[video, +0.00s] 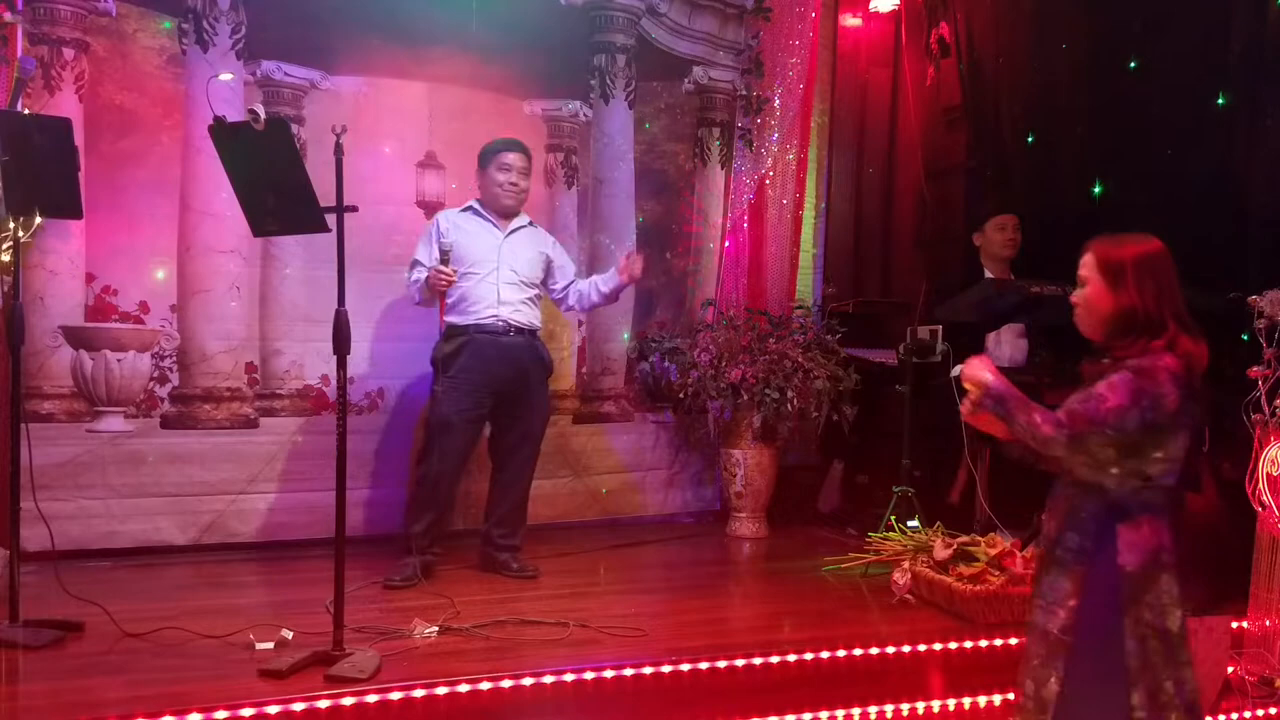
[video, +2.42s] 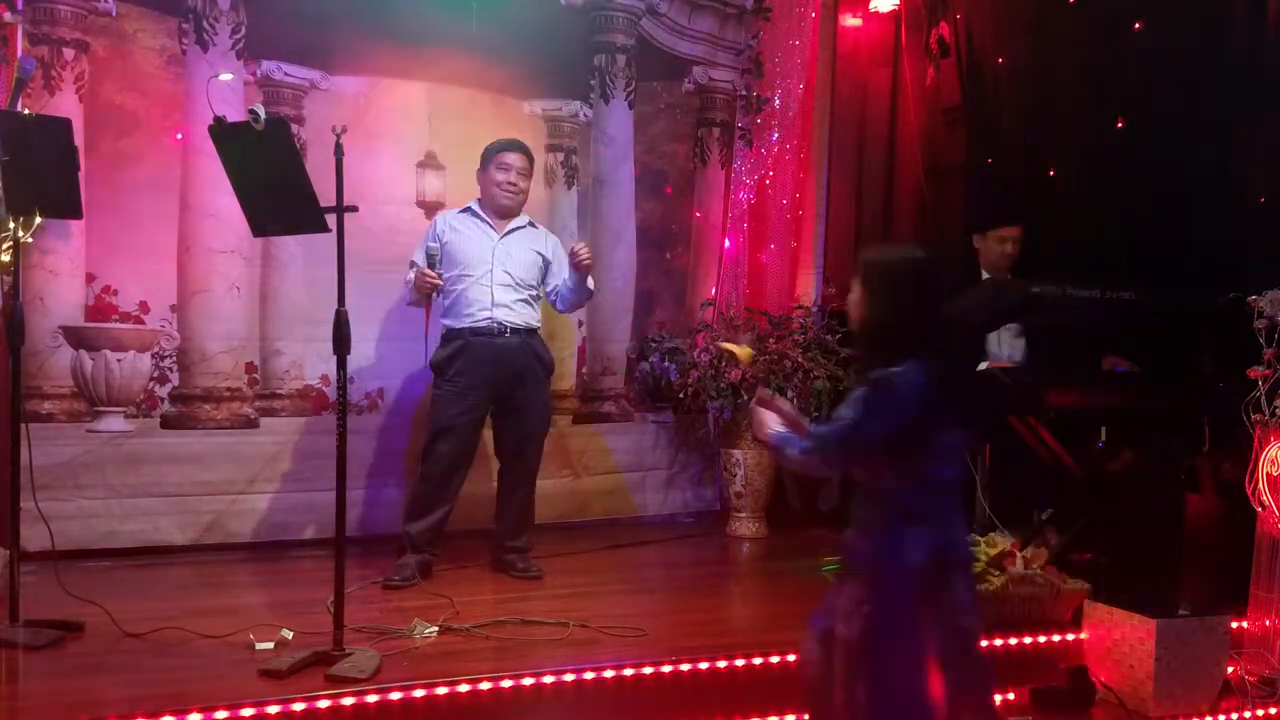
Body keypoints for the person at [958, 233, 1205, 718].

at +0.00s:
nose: (1074, 297)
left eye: (1085, 284)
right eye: (1077, 284)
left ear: (1126, 294)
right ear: (1128, 297)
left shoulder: (1153, 375)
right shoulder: (1139, 369)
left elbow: (1063, 435)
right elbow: (1086, 450)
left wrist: (992, 384)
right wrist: (1006, 428)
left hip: (1116, 549)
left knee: (1094, 685)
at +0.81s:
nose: (1016, 288)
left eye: (1029, 277)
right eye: (1021, 276)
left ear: (1068, 289)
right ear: (1070, 292)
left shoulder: (1090, 365)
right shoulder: (1086, 360)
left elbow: (986, 409)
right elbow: (1029, 443)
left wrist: (939, 359)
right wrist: (953, 423)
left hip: (1058, 528)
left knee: (1037, 675)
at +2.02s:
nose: (949, 298)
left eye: (958, 286)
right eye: (952, 286)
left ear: (994, 293)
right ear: (994, 296)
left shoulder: (1009, 373)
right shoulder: (1019, 368)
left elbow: (935, 441)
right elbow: (949, 438)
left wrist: (885, 379)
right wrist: (891, 411)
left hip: (984, 560)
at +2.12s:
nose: (928, 299)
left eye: (937, 286)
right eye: (930, 286)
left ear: (972, 295)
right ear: (972, 298)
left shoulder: (995, 380)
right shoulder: (973, 374)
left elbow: (929, 450)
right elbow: (922, 442)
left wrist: (862, 417)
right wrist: (861, 412)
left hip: (978, 574)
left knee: (980, 696)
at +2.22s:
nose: (904, 298)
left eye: (914, 285)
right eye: (907, 284)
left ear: (948, 296)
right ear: (947, 300)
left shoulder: (975, 377)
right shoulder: (951, 371)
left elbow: (913, 456)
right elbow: (895, 441)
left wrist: (844, 446)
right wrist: (837, 415)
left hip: (958, 563)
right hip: (925, 557)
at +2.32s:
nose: (876, 298)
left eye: (885, 288)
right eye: (880, 287)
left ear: (913, 299)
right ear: (940, 299)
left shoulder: (922, 380)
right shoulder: (966, 369)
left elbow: (871, 456)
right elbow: (881, 441)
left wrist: (813, 444)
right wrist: (819, 418)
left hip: (912, 555)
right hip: (960, 546)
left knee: (891, 675)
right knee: (965, 666)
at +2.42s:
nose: (848, 299)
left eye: (856, 289)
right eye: (852, 288)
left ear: (881, 302)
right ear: (914, 302)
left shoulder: (891, 387)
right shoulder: (942, 375)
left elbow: (828, 453)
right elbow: (863, 442)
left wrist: (775, 437)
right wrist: (800, 425)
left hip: (891, 552)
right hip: (940, 541)